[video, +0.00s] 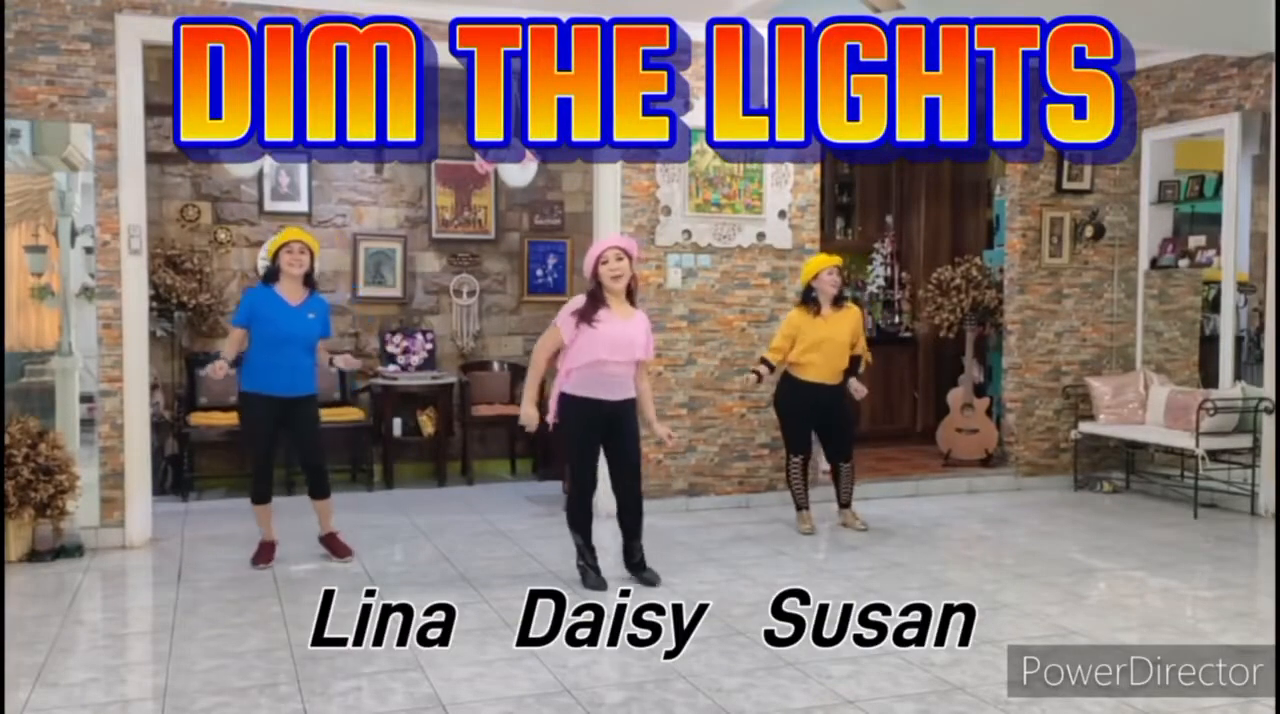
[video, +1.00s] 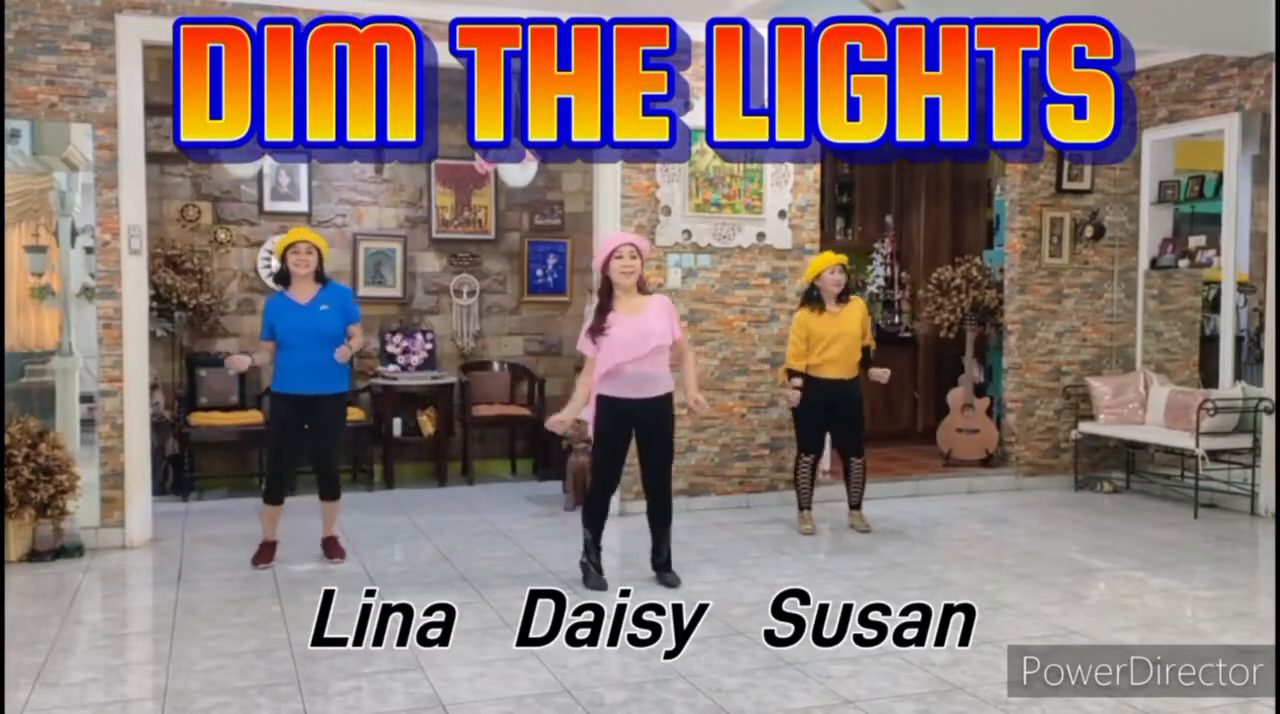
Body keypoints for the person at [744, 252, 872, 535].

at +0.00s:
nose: (836, 279)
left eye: (838, 274)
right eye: (829, 274)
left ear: (841, 280)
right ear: (813, 281)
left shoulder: (852, 314)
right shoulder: (798, 316)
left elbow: (858, 350)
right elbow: (777, 350)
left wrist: (853, 376)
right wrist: (761, 370)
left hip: (833, 392)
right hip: (796, 390)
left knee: (842, 453)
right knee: (798, 452)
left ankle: (846, 510)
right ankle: (802, 512)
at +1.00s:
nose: (838, 277)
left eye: (841, 272)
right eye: (831, 272)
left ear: (846, 277)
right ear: (817, 280)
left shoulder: (857, 307)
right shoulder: (805, 315)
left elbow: (866, 341)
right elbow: (796, 354)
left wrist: (870, 367)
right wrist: (796, 385)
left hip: (847, 387)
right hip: (813, 387)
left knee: (854, 450)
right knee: (809, 451)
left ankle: (855, 510)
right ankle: (805, 511)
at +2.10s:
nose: (853, 277)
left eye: (857, 271)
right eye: (846, 272)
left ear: (864, 278)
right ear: (833, 281)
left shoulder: (872, 315)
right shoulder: (817, 312)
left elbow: (876, 353)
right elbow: (801, 352)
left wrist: (881, 377)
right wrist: (796, 382)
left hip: (856, 392)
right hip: (820, 390)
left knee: (858, 453)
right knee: (815, 453)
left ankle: (856, 511)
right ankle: (809, 513)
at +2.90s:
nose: (828, 278)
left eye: (832, 273)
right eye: (821, 274)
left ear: (838, 279)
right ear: (807, 282)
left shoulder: (851, 310)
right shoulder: (794, 317)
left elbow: (868, 343)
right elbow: (776, 349)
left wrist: (862, 372)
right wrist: (758, 366)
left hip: (837, 393)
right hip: (800, 392)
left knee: (841, 455)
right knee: (802, 453)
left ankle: (831, 510)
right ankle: (807, 513)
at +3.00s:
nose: (829, 280)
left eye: (832, 274)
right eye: (822, 275)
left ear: (837, 280)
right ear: (807, 282)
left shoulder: (850, 309)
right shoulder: (794, 320)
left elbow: (867, 342)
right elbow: (779, 358)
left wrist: (862, 374)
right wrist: (762, 373)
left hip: (839, 392)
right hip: (802, 392)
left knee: (845, 455)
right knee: (803, 453)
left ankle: (837, 509)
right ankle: (807, 514)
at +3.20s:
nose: (835, 278)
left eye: (838, 273)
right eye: (828, 273)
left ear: (842, 279)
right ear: (813, 280)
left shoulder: (854, 307)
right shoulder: (800, 318)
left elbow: (872, 337)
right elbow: (792, 357)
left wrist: (868, 369)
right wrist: (788, 385)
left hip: (847, 389)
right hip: (809, 390)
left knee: (853, 454)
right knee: (808, 454)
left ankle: (856, 512)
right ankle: (808, 513)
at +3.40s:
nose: (845, 278)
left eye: (848, 273)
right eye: (838, 273)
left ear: (852, 279)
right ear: (822, 280)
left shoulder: (862, 305)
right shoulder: (811, 317)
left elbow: (881, 332)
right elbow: (807, 358)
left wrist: (880, 365)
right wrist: (812, 392)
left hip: (861, 387)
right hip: (826, 388)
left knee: (862, 452)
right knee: (820, 453)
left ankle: (857, 511)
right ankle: (810, 512)